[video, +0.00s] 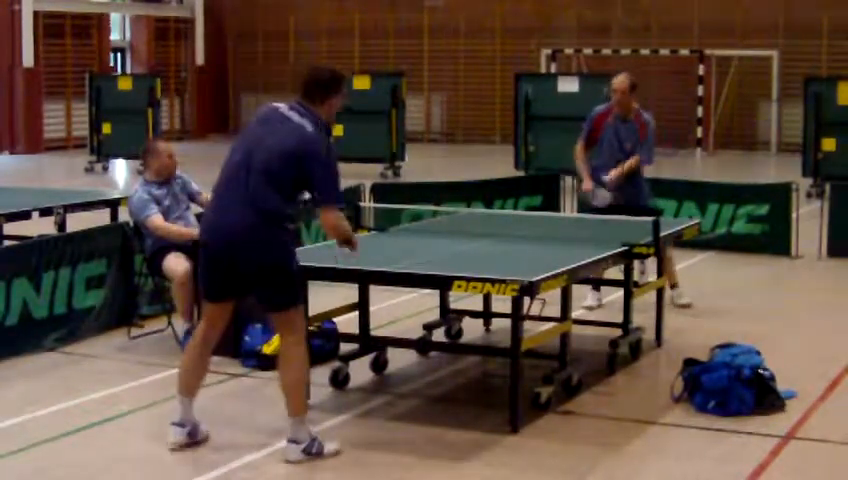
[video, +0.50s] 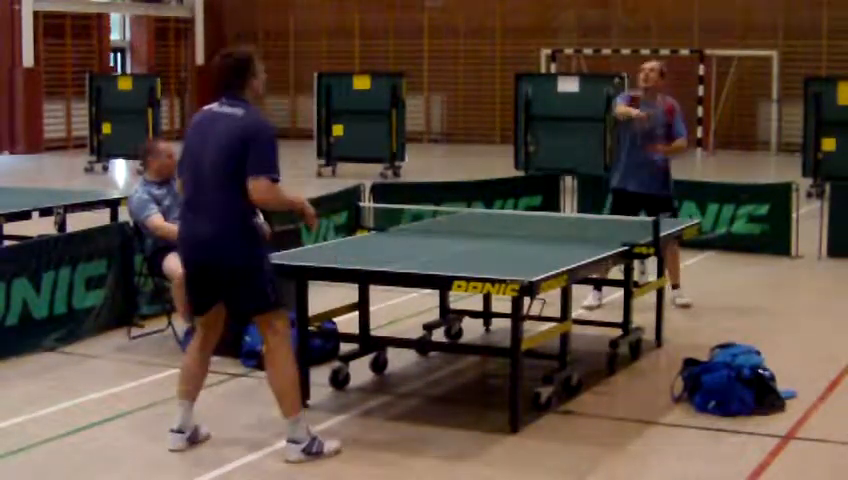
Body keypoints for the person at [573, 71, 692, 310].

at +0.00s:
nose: (616, 97)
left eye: (621, 93)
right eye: (613, 92)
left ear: (631, 94)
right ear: (610, 93)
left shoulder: (644, 121)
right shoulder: (599, 115)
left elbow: (641, 156)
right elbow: (580, 147)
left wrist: (619, 171)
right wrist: (586, 178)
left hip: (632, 185)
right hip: (601, 185)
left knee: (657, 235)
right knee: (597, 238)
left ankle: (674, 287)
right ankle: (594, 290)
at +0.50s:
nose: (645, 76)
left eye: (651, 72)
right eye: (643, 71)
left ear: (661, 79)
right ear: (638, 76)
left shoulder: (669, 106)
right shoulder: (627, 99)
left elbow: (682, 142)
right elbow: (618, 110)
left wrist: (665, 149)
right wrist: (633, 113)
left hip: (657, 183)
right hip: (626, 180)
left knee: (669, 236)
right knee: (611, 235)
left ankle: (676, 288)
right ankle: (596, 289)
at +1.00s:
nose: (644, 95)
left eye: (649, 92)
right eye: (641, 90)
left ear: (658, 96)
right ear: (634, 90)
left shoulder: (660, 121)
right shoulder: (622, 107)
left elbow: (670, 159)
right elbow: (625, 120)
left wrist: (655, 183)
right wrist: (658, 113)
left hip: (646, 191)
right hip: (616, 188)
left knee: (665, 241)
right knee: (603, 243)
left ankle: (676, 289)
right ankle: (587, 292)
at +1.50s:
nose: (632, 117)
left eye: (637, 113)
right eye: (629, 112)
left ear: (645, 111)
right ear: (625, 109)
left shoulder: (657, 129)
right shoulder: (613, 123)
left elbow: (666, 172)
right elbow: (589, 155)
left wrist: (654, 204)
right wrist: (602, 172)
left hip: (644, 200)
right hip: (613, 197)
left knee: (665, 245)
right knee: (597, 244)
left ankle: (677, 289)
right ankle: (587, 294)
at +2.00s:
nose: (610, 119)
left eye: (614, 114)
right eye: (606, 115)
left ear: (623, 113)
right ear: (601, 114)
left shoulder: (637, 131)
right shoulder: (593, 131)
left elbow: (653, 171)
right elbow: (581, 169)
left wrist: (641, 200)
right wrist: (595, 186)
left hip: (631, 197)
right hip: (602, 197)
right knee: (591, 238)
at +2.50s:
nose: (580, 125)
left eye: (581, 119)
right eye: (578, 120)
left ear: (594, 115)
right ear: (588, 117)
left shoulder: (618, 128)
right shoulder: (604, 133)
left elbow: (640, 164)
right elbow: (610, 174)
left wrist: (639, 199)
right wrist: (583, 170)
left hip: (634, 202)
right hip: (612, 199)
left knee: (650, 251)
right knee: (589, 235)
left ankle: (681, 287)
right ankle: (590, 283)